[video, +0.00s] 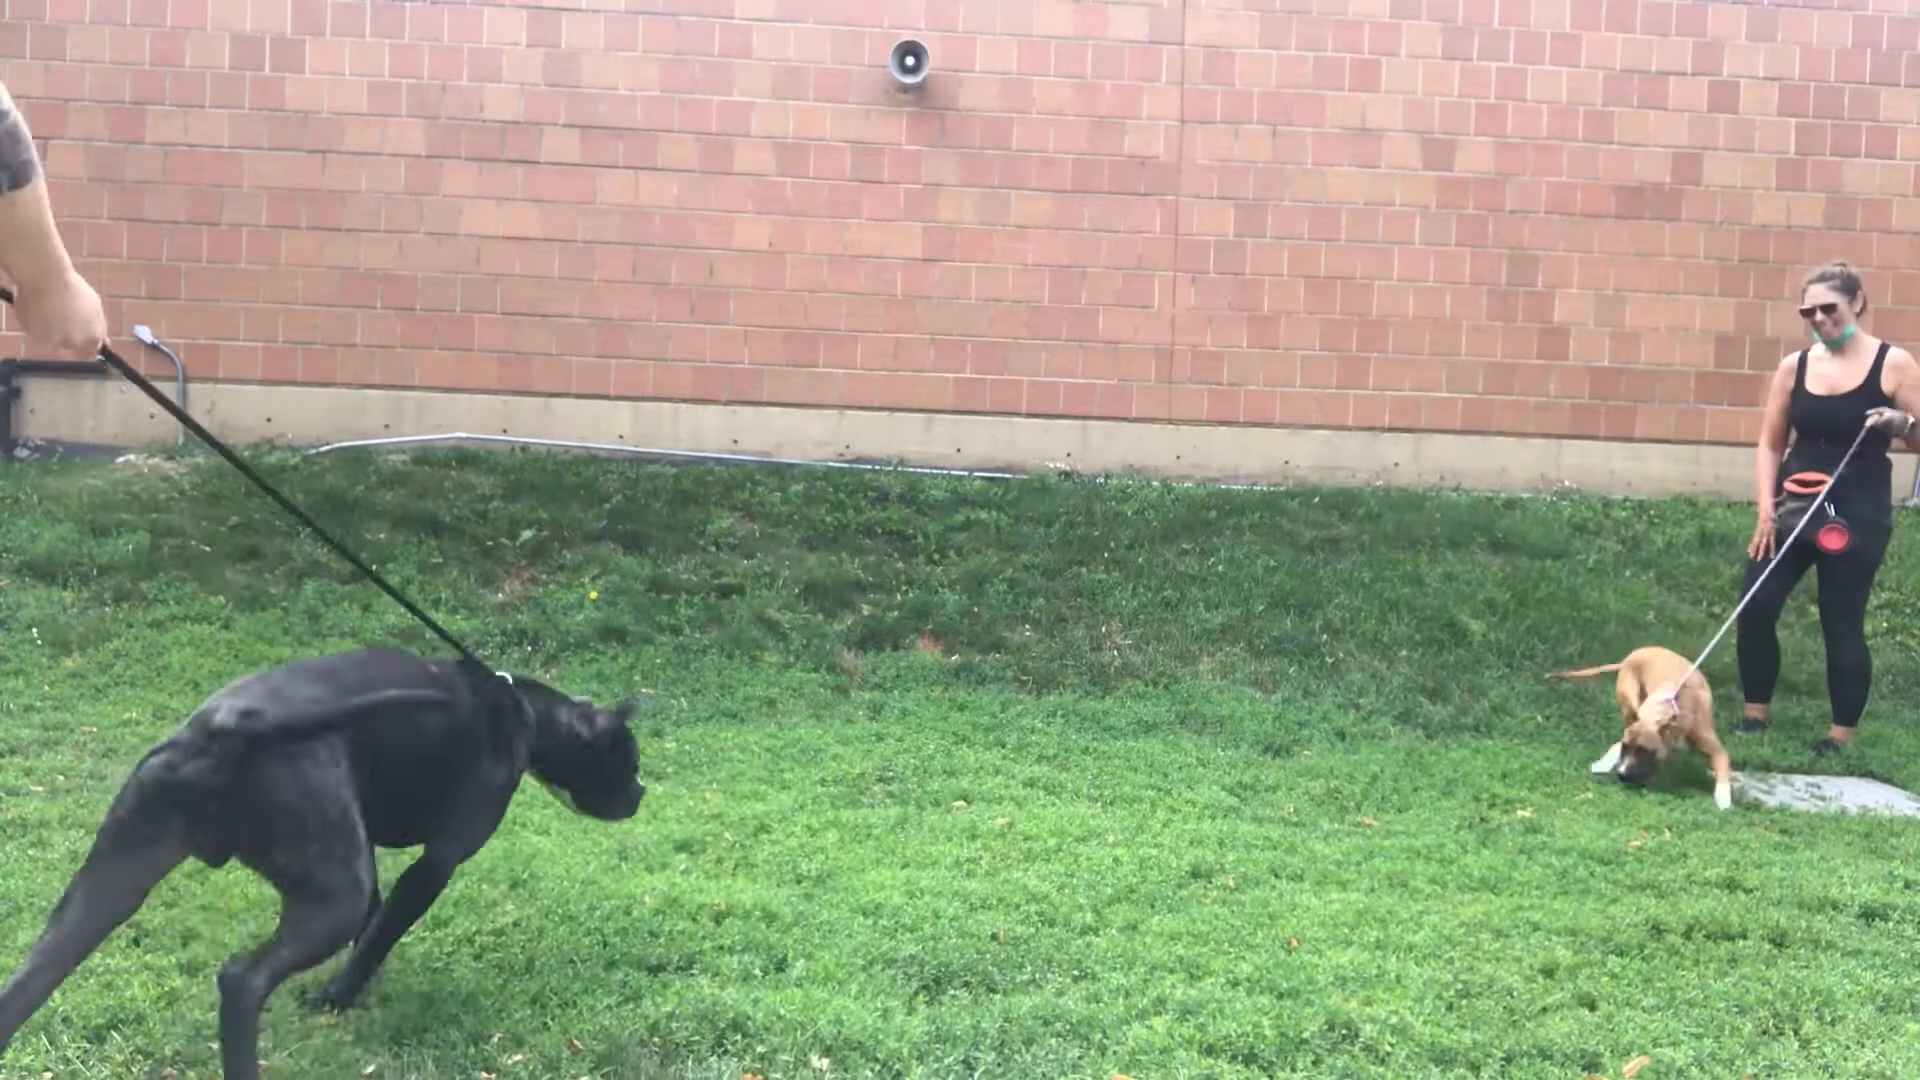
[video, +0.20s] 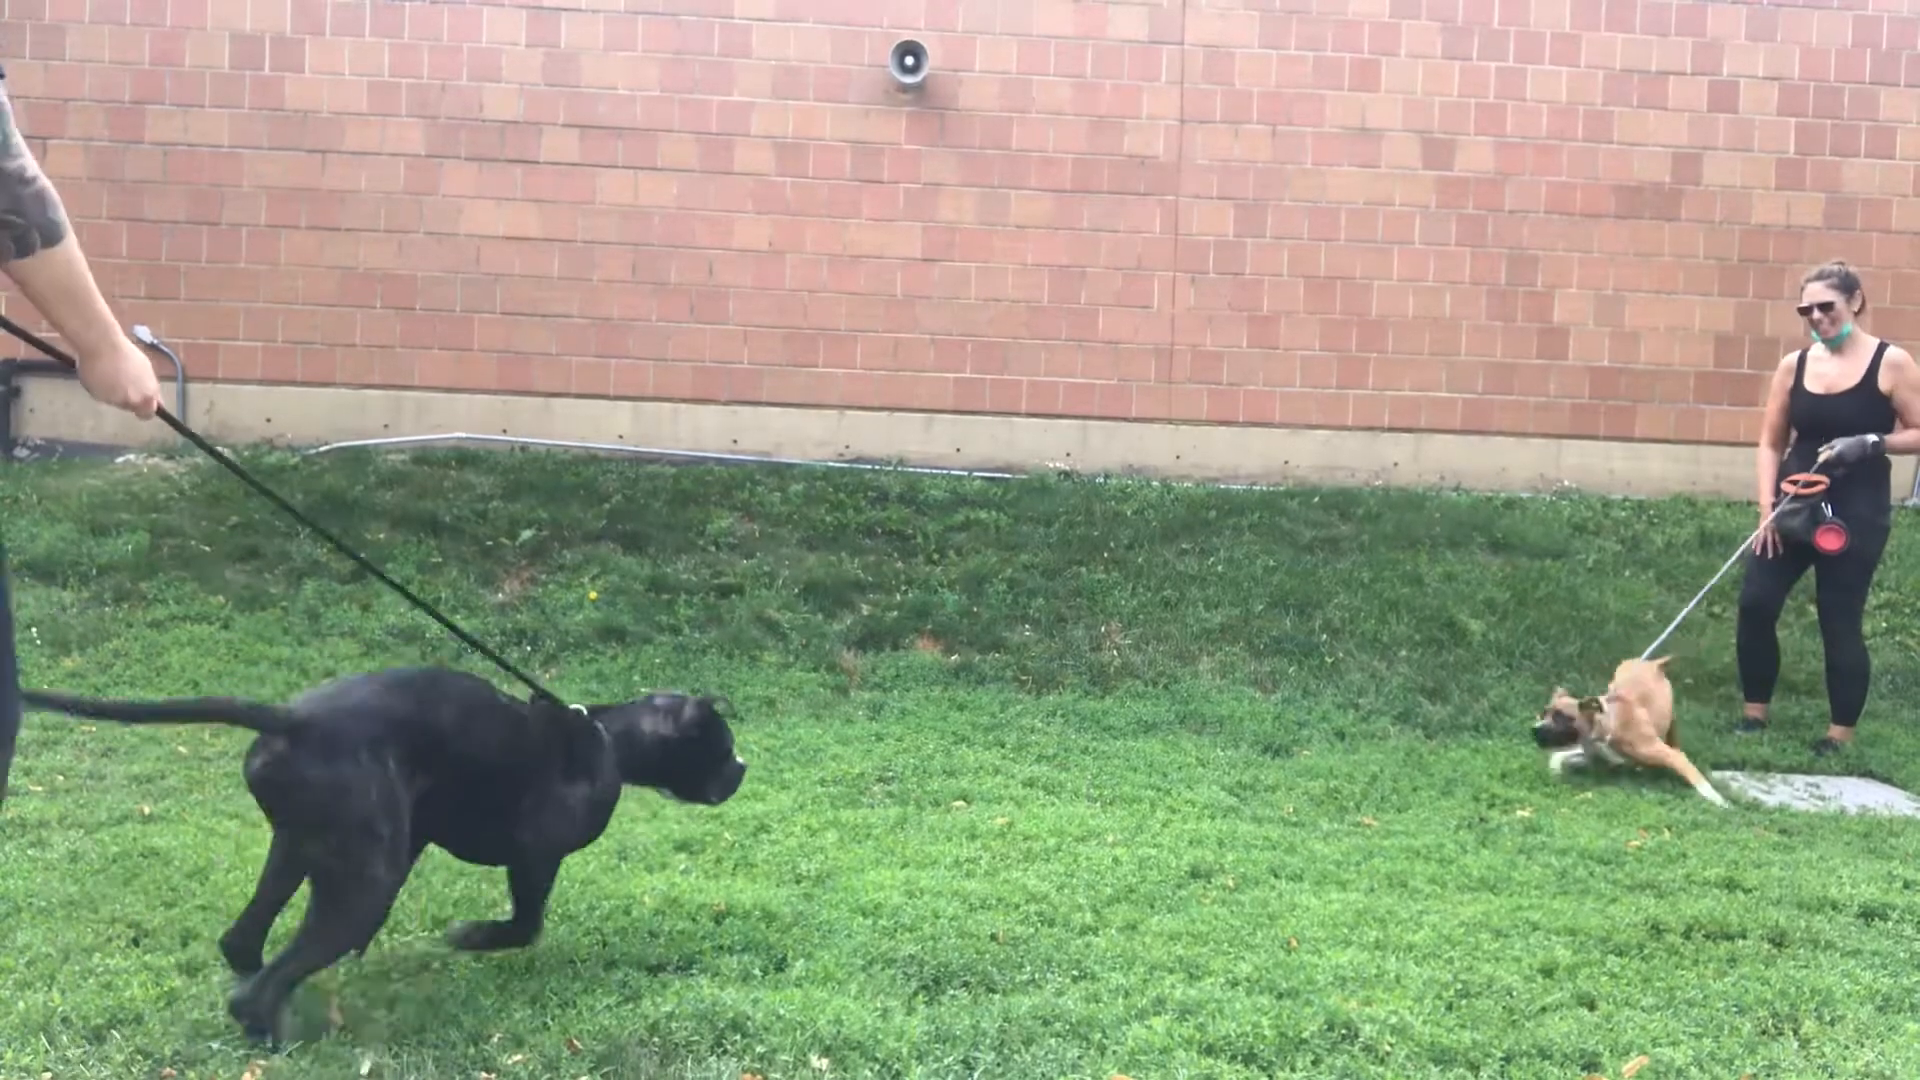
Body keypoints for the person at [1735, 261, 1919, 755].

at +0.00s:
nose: (1819, 319)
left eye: (1829, 308)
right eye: (1810, 311)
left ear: (1855, 305)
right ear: (1804, 313)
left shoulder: (1894, 365)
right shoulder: (1794, 366)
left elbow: (1918, 439)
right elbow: (1769, 445)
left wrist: (1900, 425)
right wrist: (1765, 511)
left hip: (1858, 511)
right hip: (1794, 507)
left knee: (1841, 618)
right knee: (1755, 603)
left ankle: (1841, 732)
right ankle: (1755, 714)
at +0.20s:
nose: (1816, 317)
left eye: (1827, 307)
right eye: (1808, 309)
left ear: (1854, 303)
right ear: (1802, 312)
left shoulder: (1892, 364)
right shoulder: (1793, 366)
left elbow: (1918, 434)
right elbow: (1769, 445)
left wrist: (1872, 443)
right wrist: (1766, 511)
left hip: (1857, 513)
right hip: (1794, 507)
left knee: (1839, 618)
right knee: (1755, 601)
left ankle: (1840, 732)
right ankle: (1754, 714)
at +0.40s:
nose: (1815, 319)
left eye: (1825, 308)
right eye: (1806, 311)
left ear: (1852, 304)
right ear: (1800, 314)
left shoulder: (1891, 364)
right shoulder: (1792, 367)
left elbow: (1904, 444)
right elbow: (1772, 445)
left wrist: (1850, 473)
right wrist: (1762, 515)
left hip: (1857, 509)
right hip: (1793, 506)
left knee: (1837, 618)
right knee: (1755, 601)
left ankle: (1840, 734)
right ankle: (1754, 715)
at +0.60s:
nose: (1804, 321)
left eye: (1813, 310)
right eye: (1796, 313)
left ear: (1843, 304)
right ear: (1791, 314)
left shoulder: (1873, 363)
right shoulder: (1789, 365)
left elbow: (1845, 441)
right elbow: (1772, 443)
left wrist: (1788, 471)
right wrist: (1756, 502)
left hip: (1846, 513)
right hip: (1791, 503)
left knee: (1830, 623)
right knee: (1733, 590)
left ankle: (1840, 737)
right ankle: (1741, 709)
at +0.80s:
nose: (1768, 322)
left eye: (1778, 312)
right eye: (1761, 314)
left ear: (1807, 307)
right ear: (1758, 315)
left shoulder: (1834, 365)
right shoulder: (1774, 365)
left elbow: (1804, 438)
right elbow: (1764, 443)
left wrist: (1754, 479)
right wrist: (1732, 502)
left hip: (1819, 516)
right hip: (1770, 507)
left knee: (1817, 622)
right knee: (1720, 599)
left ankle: (1841, 735)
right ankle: (1687, 714)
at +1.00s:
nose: (1715, 323)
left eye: (1724, 313)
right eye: (1709, 315)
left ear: (1755, 309)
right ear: (1707, 316)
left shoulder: (1774, 362)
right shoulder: (1733, 363)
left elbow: (1755, 417)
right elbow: (1734, 434)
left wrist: (1720, 451)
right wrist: (1707, 489)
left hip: (1770, 512)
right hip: (1728, 506)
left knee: (1754, 622)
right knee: (1691, 600)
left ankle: (1824, 721)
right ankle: (1684, 715)